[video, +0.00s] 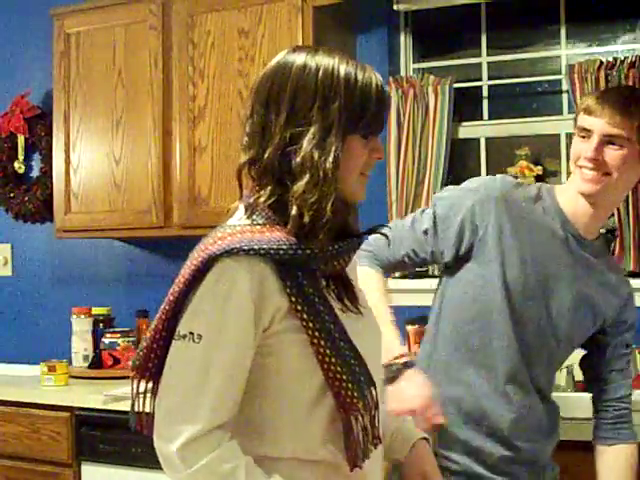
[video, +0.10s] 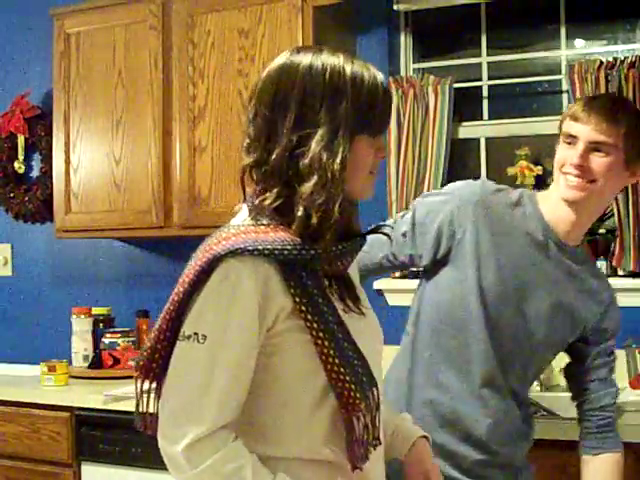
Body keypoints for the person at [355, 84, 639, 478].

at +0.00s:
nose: (591, 153)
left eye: (614, 143)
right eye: (584, 135)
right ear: (573, 139)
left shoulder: (614, 296)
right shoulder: (490, 203)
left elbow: (615, 428)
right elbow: (367, 255)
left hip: (527, 468)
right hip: (436, 459)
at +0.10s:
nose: (576, 159)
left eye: (599, 149)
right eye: (569, 142)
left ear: (630, 173)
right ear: (557, 149)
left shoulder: (594, 303)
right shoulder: (470, 206)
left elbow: (600, 438)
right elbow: (344, 264)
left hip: (498, 466)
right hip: (407, 453)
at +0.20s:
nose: (558, 172)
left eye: (581, 163)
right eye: (551, 155)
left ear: (612, 187)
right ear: (537, 162)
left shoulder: (569, 316)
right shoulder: (446, 215)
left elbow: (576, 451)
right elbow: (331, 267)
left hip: (465, 469)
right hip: (380, 452)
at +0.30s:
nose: (543, 195)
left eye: (566, 187)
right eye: (537, 176)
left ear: (597, 212)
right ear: (523, 181)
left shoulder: (544, 341)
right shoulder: (433, 227)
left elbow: (548, 457)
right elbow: (318, 259)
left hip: (420, 466)